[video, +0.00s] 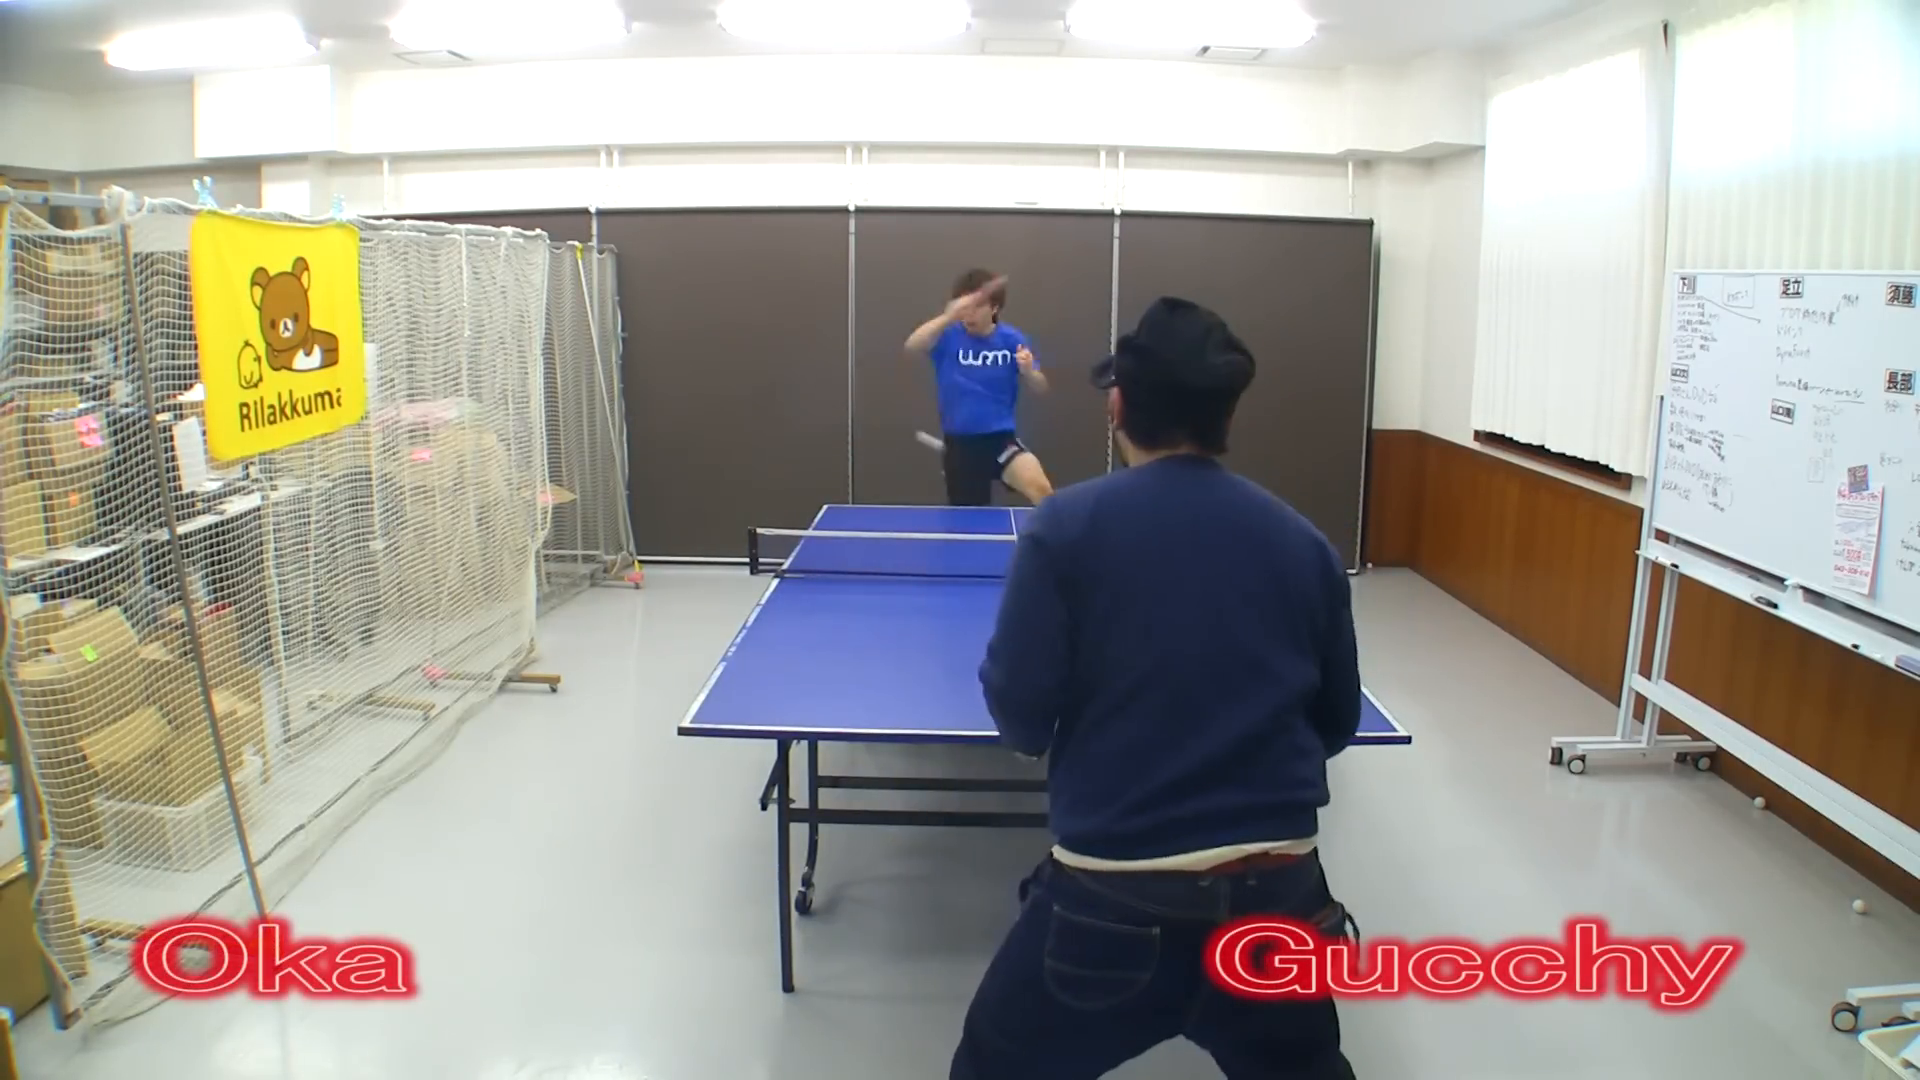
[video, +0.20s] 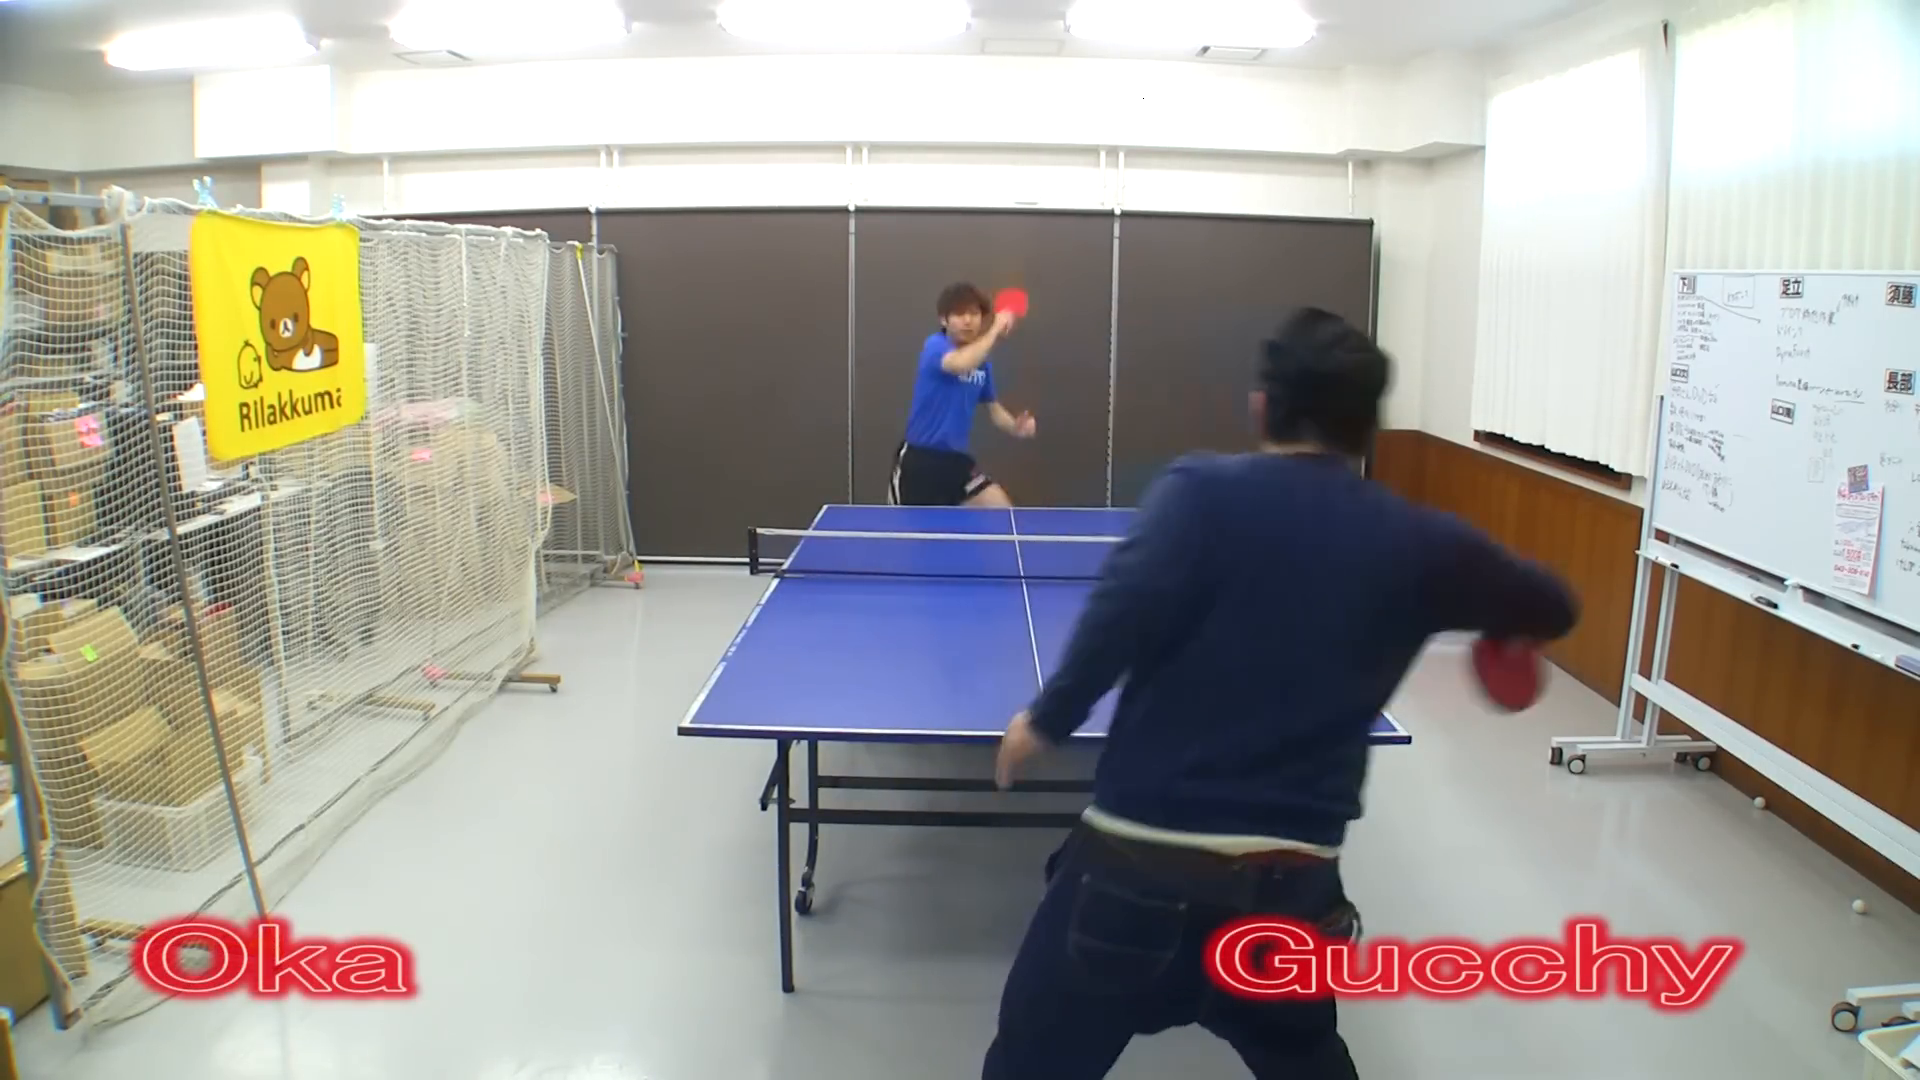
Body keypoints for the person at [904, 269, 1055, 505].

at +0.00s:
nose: (969, 315)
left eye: (976, 307)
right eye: (964, 308)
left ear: (994, 308)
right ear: (957, 310)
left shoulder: (1011, 339)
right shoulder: (947, 337)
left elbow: (1041, 389)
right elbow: (912, 347)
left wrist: (1028, 371)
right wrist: (950, 315)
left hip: (1001, 441)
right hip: (960, 443)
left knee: (1043, 491)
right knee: (966, 525)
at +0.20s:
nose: (967, 321)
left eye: (974, 314)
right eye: (959, 314)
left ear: (984, 320)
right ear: (944, 320)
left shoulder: (981, 364)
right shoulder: (935, 346)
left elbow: (993, 407)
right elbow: (960, 363)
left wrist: (1013, 426)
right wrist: (995, 332)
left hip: (955, 463)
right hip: (919, 460)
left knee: (1001, 513)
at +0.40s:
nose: (972, 350)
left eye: (978, 343)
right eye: (964, 342)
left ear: (985, 350)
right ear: (947, 348)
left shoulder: (975, 385)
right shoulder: (929, 381)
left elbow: (972, 436)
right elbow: (924, 434)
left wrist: (986, 478)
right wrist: (979, 426)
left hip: (936, 483)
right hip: (902, 482)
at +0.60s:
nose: (981, 360)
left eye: (985, 353)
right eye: (972, 352)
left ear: (990, 355)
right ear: (952, 354)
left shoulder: (976, 387)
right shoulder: (927, 390)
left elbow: (961, 435)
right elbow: (912, 445)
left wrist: (972, 467)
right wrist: (963, 459)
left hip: (951, 482)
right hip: (915, 482)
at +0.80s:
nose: (1013, 364)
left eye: (1016, 357)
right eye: (1007, 356)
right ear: (987, 354)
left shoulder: (988, 384)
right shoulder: (961, 387)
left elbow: (973, 437)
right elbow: (958, 448)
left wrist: (986, 466)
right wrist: (991, 460)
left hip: (971, 479)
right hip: (941, 480)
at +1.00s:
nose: (1037, 354)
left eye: (1038, 347)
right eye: (1032, 347)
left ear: (1011, 345)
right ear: (1013, 345)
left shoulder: (975, 353)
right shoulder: (1003, 389)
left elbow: (945, 383)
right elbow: (1023, 440)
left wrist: (967, 419)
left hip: (963, 458)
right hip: (947, 462)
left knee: (999, 517)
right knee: (977, 530)